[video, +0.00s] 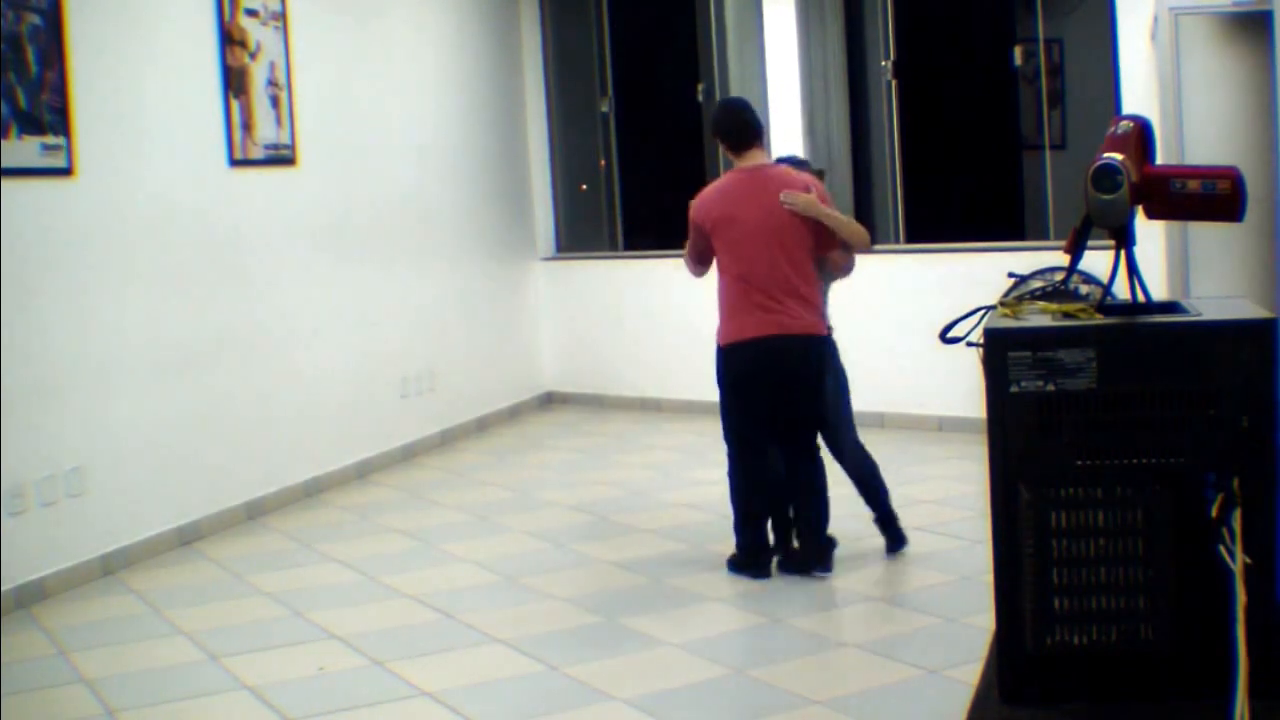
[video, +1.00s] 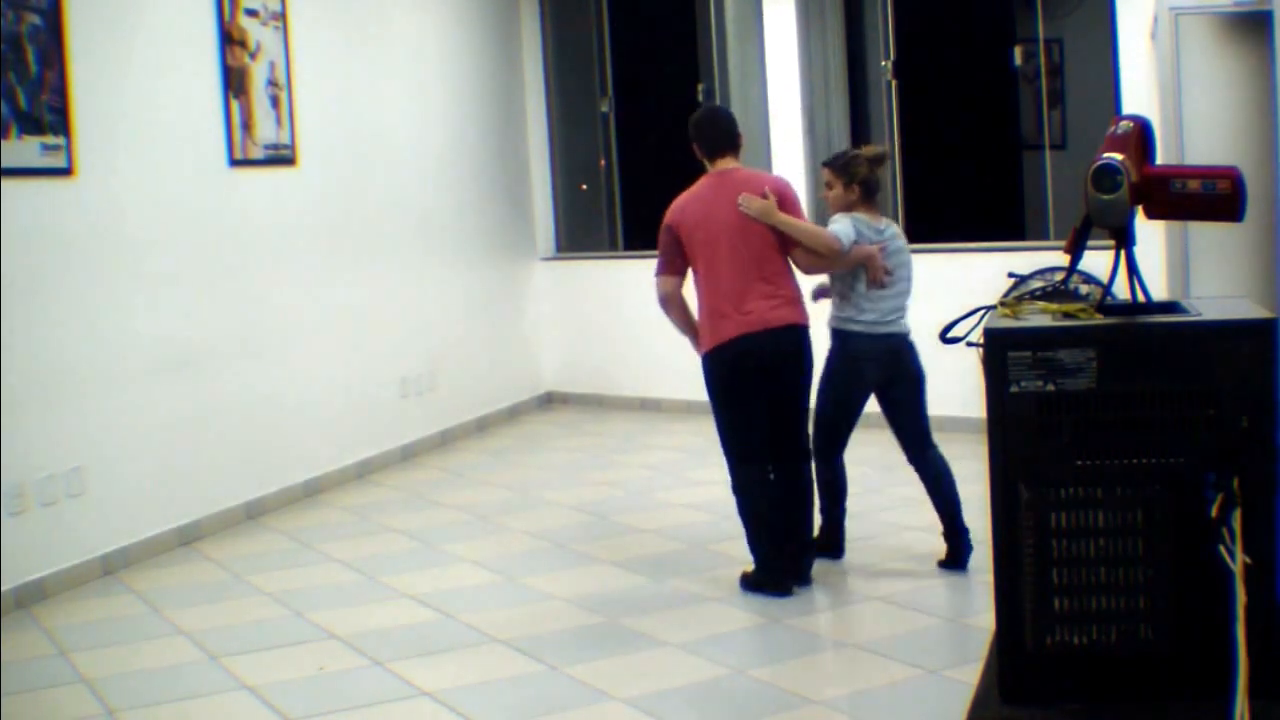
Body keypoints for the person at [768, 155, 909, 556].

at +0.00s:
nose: (796, 192)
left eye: (804, 183)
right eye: (787, 186)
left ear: (815, 187)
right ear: (773, 189)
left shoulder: (819, 224)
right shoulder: (761, 227)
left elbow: (862, 240)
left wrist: (818, 209)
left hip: (815, 343)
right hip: (772, 347)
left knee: (843, 443)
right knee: (777, 447)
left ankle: (888, 522)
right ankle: (784, 537)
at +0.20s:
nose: (803, 188)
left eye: (810, 181)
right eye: (801, 181)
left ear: (832, 187)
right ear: (817, 189)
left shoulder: (843, 224)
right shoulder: (802, 231)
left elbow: (858, 247)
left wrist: (802, 211)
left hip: (853, 350)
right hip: (816, 352)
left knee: (861, 455)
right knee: (806, 453)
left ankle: (913, 538)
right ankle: (804, 541)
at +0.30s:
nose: (814, 195)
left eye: (819, 187)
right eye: (812, 187)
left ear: (841, 189)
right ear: (829, 190)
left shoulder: (854, 228)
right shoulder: (824, 235)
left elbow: (849, 245)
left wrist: (795, 212)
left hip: (873, 352)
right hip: (846, 354)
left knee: (866, 453)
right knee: (827, 441)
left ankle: (916, 542)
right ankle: (850, 531)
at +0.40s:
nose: (821, 198)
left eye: (826, 190)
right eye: (820, 190)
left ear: (849, 190)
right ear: (851, 194)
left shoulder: (862, 229)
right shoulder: (867, 232)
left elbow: (843, 247)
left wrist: (790, 219)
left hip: (879, 352)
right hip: (882, 352)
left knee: (867, 448)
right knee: (864, 447)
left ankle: (916, 541)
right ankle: (910, 534)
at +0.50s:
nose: (828, 195)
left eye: (832, 187)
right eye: (828, 188)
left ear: (852, 188)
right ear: (864, 190)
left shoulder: (860, 224)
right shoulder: (885, 231)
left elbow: (847, 245)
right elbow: (877, 297)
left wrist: (791, 216)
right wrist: (831, 318)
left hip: (880, 352)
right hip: (910, 351)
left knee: (879, 451)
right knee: (897, 446)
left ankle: (919, 542)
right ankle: (952, 519)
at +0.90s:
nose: (833, 192)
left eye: (838, 184)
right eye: (833, 183)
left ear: (861, 185)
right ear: (875, 186)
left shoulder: (855, 221)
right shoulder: (907, 226)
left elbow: (836, 240)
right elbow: (912, 280)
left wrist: (777, 215)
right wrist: (854, 289)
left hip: (868, 351)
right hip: (915, 348)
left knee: (838, 442)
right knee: (932, 446)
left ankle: (858, 535)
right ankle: (959, 543)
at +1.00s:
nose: (826, 195)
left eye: (830, 186)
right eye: (825, 187)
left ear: (853, 188)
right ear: (867, 190)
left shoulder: (846, 225)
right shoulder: (895, 234)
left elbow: (828, 245)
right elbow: (880, 280)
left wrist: (773, 215)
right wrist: (834, 289)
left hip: (853, 354)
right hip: (898, 352)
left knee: (827, 447)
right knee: (922, 448)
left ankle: (831, 537)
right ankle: (958, 542)